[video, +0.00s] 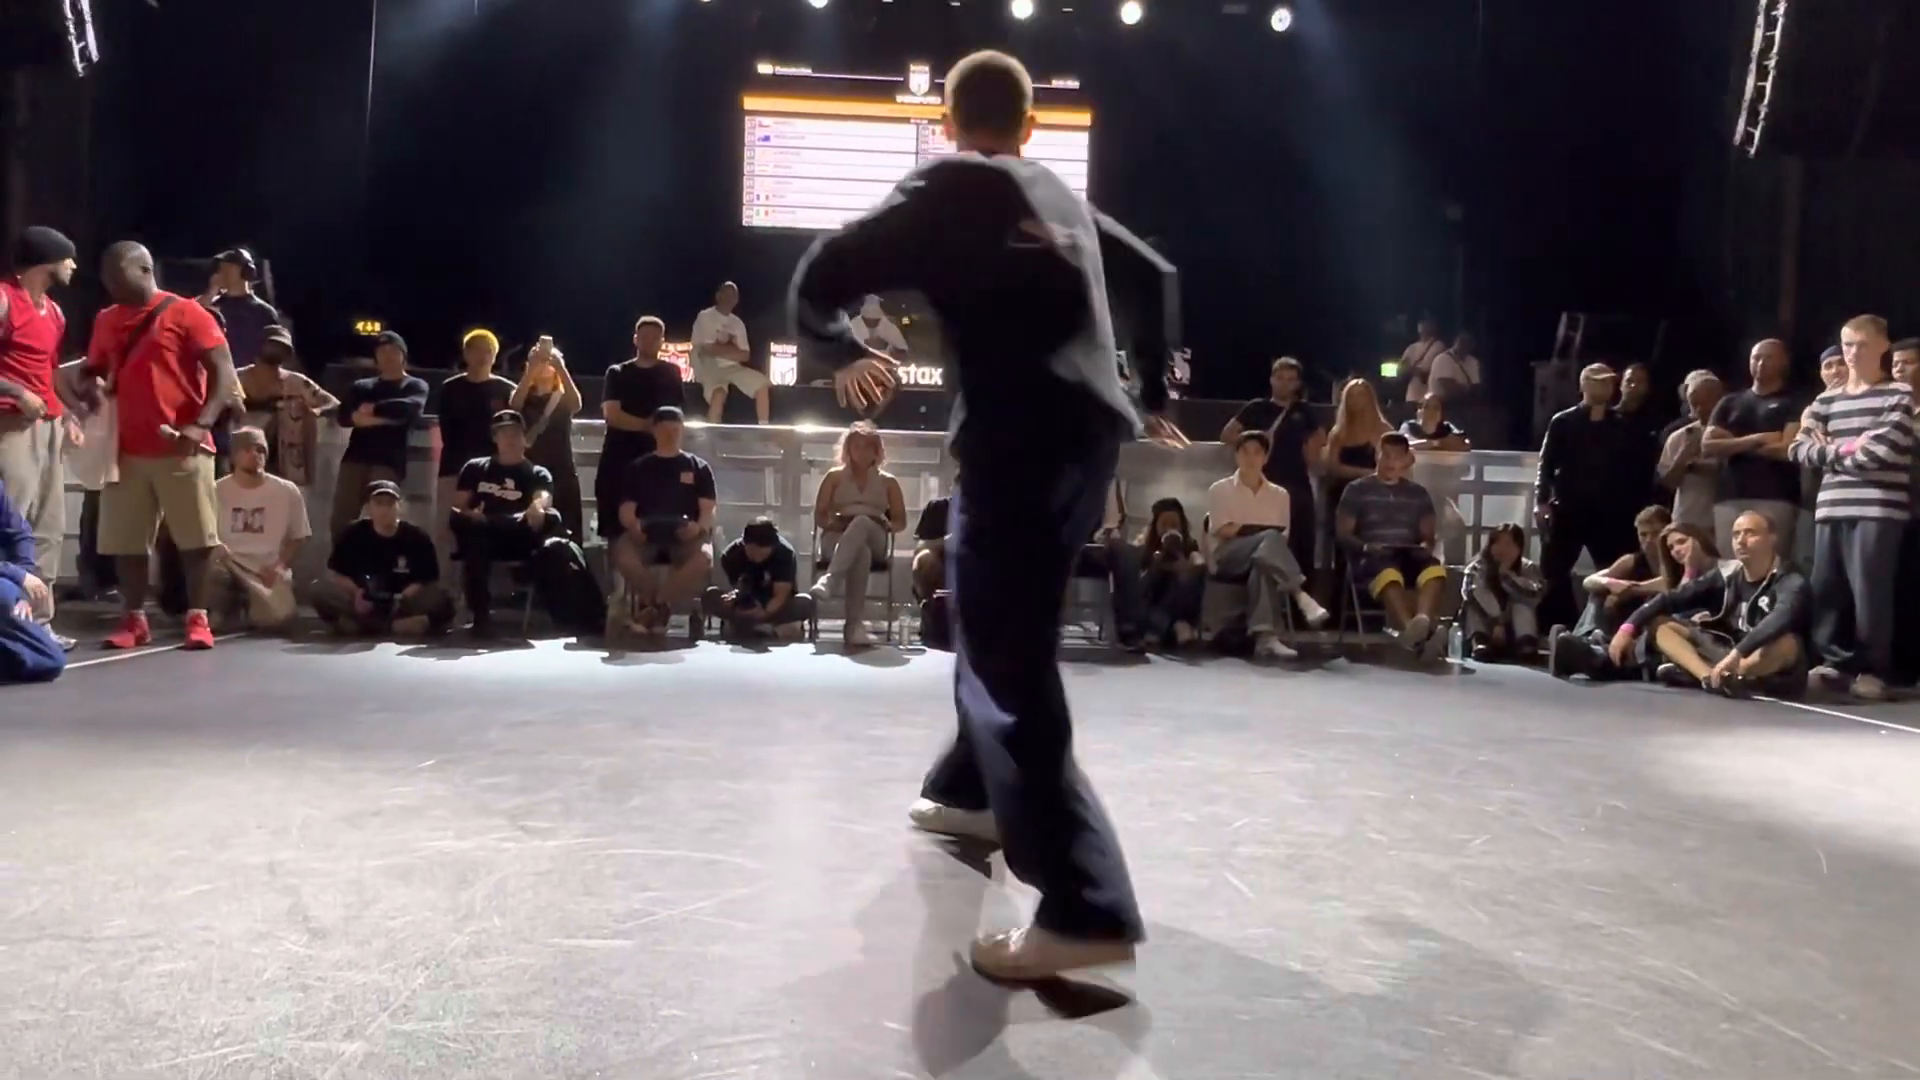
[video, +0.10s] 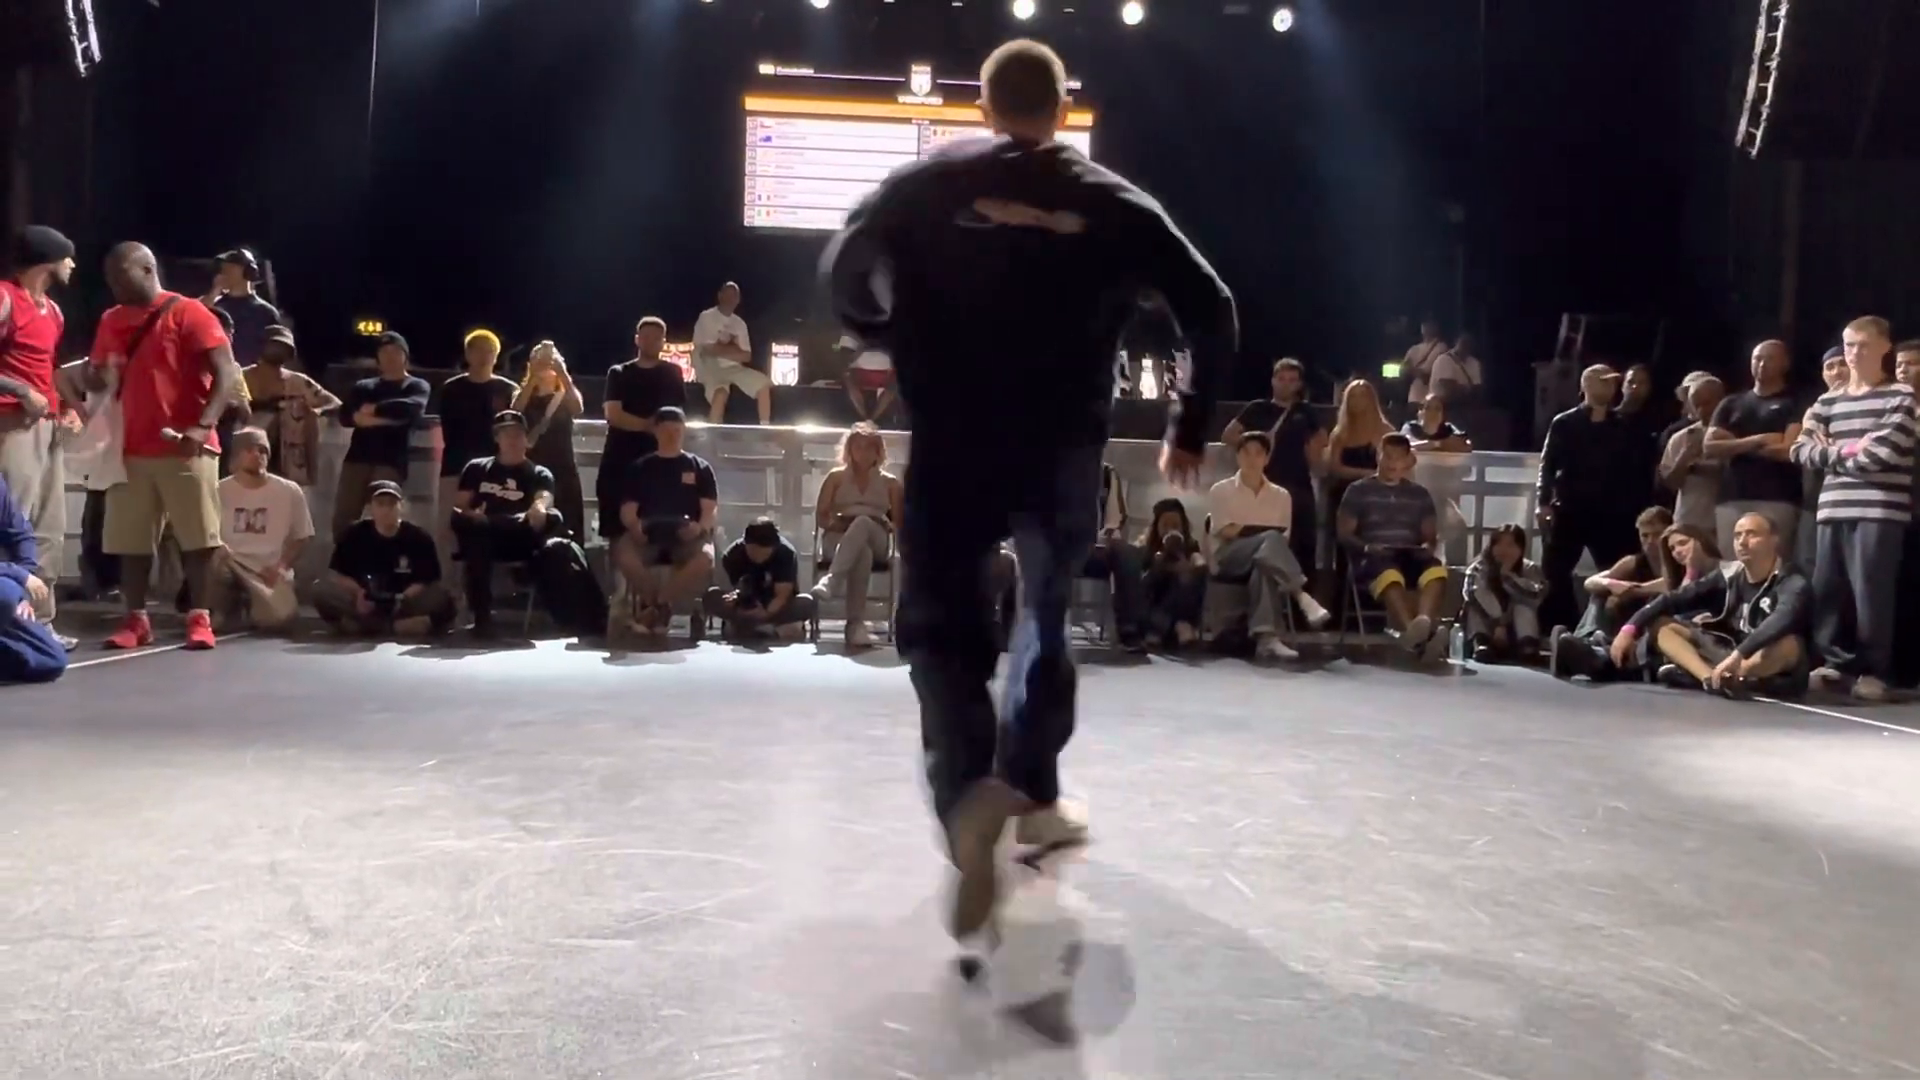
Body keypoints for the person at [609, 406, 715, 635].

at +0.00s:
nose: (670, 433)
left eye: (675, 428)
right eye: (665, 428)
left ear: (682, 430)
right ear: (654, 430)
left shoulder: (698, 467)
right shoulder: (637, 467)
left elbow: (707, 509)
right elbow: (626, 509)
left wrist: (698, 527)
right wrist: (635, 528)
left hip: (683, 528)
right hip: (647, 528)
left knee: (703, 557)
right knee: (623, 552)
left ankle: (655, 607)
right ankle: (659, 606)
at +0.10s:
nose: (672, 434)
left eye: (676, 429)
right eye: (666, 429)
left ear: (683, 431)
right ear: (656, 431)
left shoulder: (699, 467)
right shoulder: (639, 467)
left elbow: (709, 511)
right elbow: (627, 509)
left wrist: (699, 527)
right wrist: (636, 528)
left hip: (685, 527)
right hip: (649, 528)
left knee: (705, 558)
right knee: (623, 551)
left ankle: (656, 606)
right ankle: (659, 607)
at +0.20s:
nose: (673, 434)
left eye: (677, 428)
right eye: (667, 428)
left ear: (684, 431)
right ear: (657, 431)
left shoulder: (700, 467)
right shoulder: (640, 467)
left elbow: (710, 511)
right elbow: (628, 508)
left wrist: (699, 526)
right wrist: (637, 527)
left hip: (685, 528)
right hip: (649, 527)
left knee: (705, 558)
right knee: (624, 551)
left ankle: (655, 607)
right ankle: (661, 606)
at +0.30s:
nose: (673, 432)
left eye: (678, 427)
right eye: (668, 427)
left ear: (685, 429)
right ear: (657, 429)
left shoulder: (701, 465)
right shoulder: (640, 466)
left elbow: (711, 508)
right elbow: (629, 506)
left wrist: (701, 525)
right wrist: (637, 526)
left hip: (686, 526)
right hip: (650, 526)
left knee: (706, 555)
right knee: (625, 550)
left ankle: (658, 605)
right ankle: (659, 605)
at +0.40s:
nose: (675, 431)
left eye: (679, 426)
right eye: (669, 426)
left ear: (686, 428)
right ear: (659, 428)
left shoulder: (702, 464)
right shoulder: (642, 464)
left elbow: (712, 507)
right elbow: (630, 506)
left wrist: (702, 524)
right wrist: (639, 525)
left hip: (687, 524)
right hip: (651, 524)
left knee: (707, 554)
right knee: (626, 548)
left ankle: (660, 603)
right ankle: (660, 604)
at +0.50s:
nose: (675, 429)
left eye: (679, 424)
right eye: (669, 424)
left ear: (687, 427)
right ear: (659, 427)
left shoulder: (704, 463)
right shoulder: (643, 463)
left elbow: (713, 507)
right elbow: (631, 506)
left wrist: (702, 523)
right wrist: (642, 525)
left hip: (689, 524)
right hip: (652, 524)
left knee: (708, 554)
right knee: (628, 547)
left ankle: (662, 601)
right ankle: (659, 601)